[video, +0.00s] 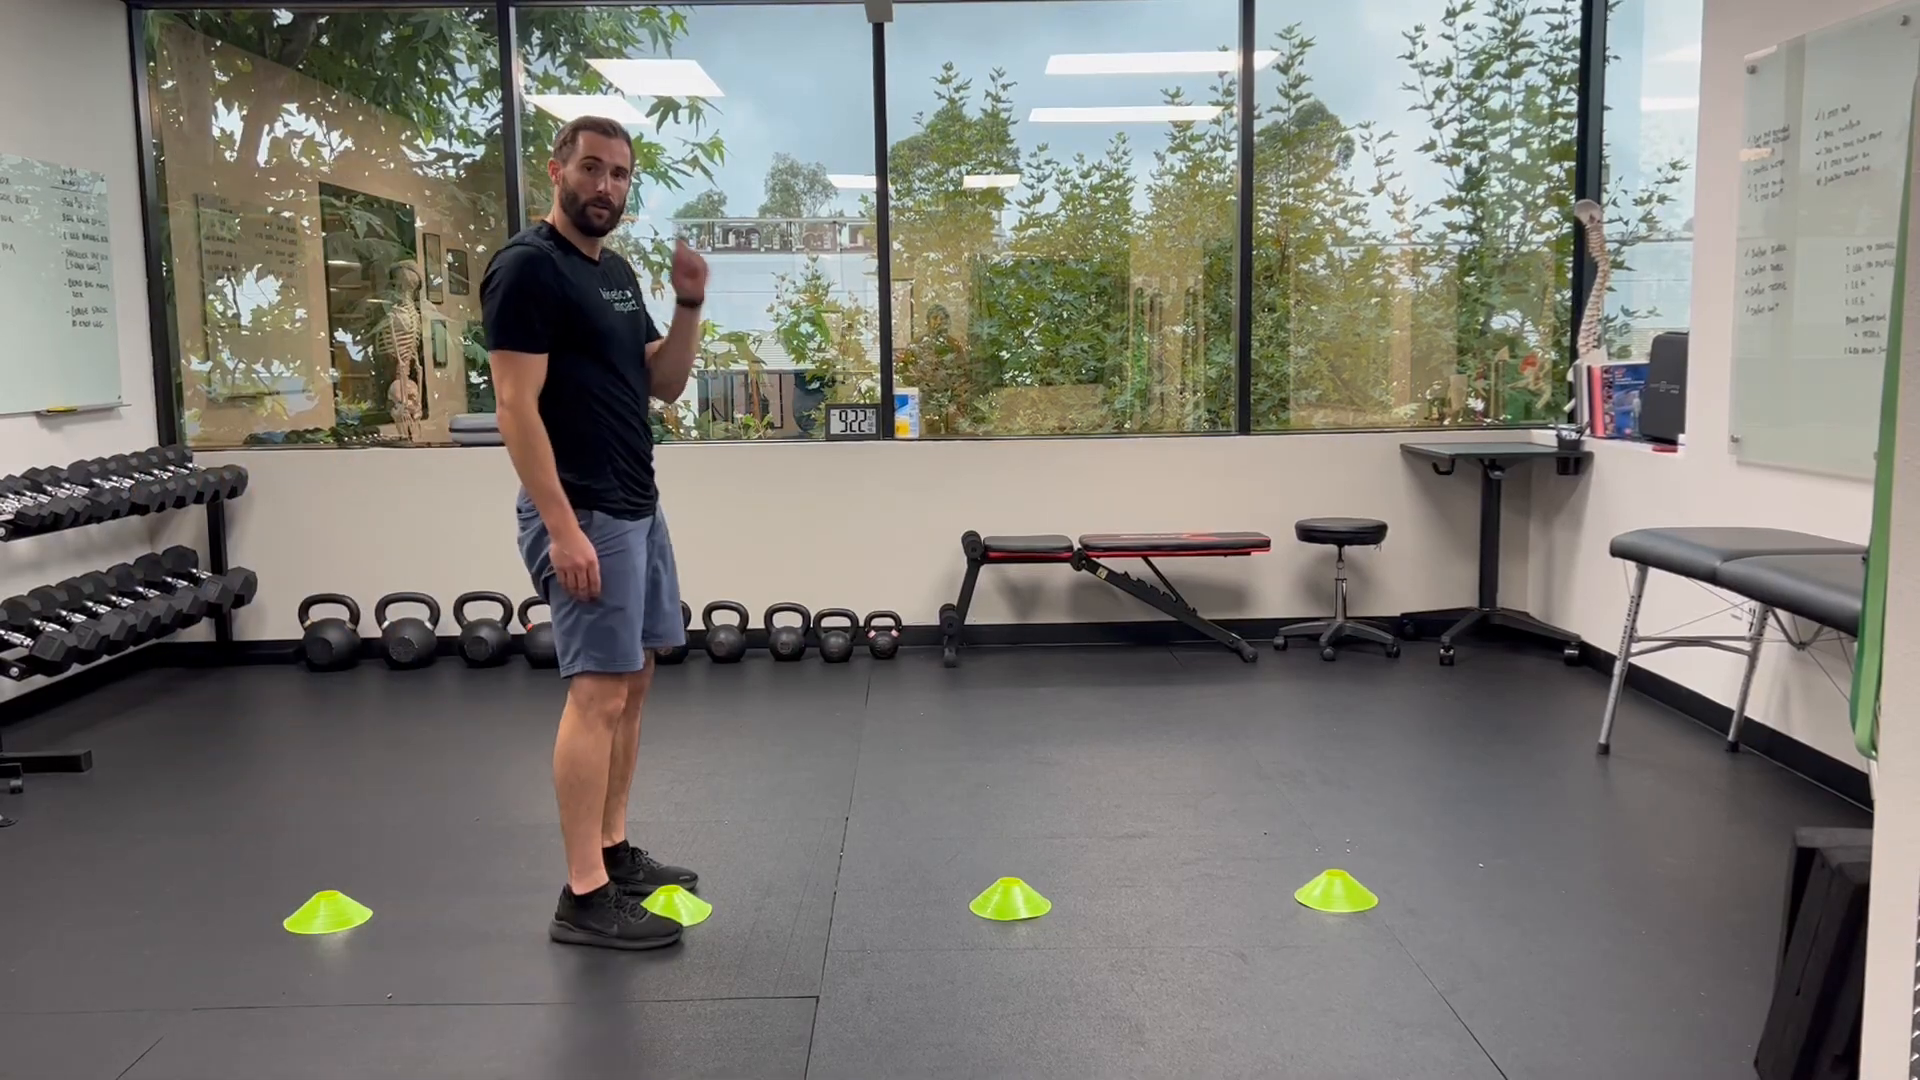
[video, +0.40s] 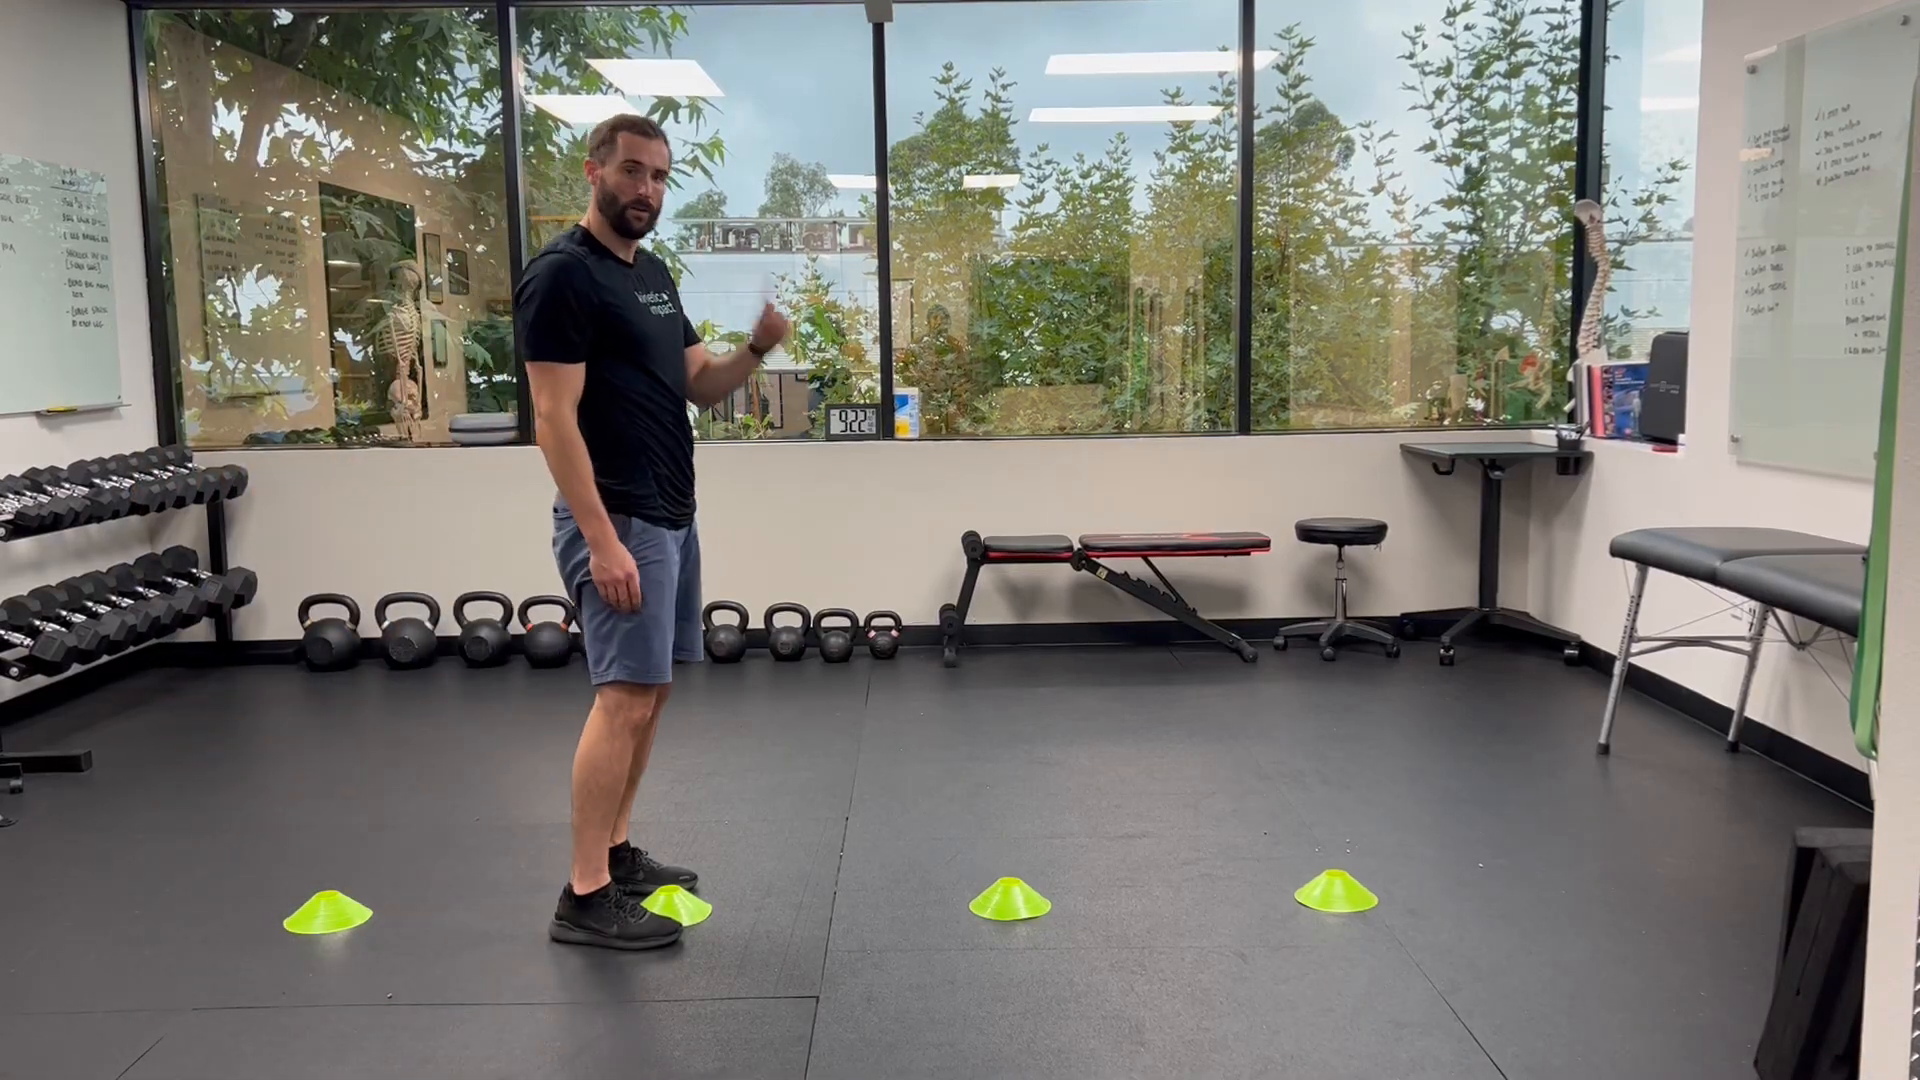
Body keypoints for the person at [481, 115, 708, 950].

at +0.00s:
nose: (607, 183)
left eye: (620, 173)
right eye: (593, 166)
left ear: (628, 187)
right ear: (556, 170)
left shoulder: (614, 273)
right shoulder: (527, 268)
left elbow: (661, 381)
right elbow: (515, 410)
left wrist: (689, 305)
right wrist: (562, 528)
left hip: (635, 514)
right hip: (584, 520)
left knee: (631, 683)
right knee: (596, 692)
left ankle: (611, 854)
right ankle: (583, 893)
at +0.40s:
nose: (646, 188)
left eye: (658, 176)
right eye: (631, 169)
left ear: (664, 186)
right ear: (592, 171)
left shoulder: (650, 273)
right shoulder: (562, 274)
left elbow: (699, 383)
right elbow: (552, 420)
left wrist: (753, 348)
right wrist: (600, 541)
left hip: (670, 520)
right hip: (619, 524)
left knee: (650, 693)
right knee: (624, 697)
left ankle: (613, 855)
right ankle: (585, 895)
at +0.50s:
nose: (675, 199)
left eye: (683, 186)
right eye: (663, 182)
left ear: (682, 188)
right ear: (615, 174)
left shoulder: (662, 276)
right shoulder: (573, 281)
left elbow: (697, 386)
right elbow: (564, 425)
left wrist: (778, 430)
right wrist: (605, 549)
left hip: (683, 522)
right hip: (623, 526)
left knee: (687, 680)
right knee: (629, 694)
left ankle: (616, 845)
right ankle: (585, 892)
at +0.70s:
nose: (738, 237)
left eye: (744, 224)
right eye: (733, 220)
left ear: (705, 202)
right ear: (686, 194)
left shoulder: (689, 273)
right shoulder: (610, 282)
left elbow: (685, 407)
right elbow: (591, 433)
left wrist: (715, 508)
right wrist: (627, 561)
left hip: (717, 519)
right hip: (656, 532)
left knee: (778, 657)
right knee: (644, 705)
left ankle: (714, 819)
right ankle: (587, 893)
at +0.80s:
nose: (772, 239)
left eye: (778, 226)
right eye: (769, 222)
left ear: (738, 204)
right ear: (724, 196)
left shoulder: (714, 272)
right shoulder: (650, 281)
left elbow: (703, 410)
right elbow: (619, 428)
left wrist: (737, 512)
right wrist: (646, 560)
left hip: (738, 520)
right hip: (675, 533)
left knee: (797, 661)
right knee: (653, 706)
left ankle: (817, 831)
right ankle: (587, 892)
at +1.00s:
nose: (861, 267)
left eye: (870, 253)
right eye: (860, 248)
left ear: (823, 225)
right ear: (819, 220)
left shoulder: (780, 294)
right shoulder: (744, 299)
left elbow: (743, 424)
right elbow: (704, 434)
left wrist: (690, 510)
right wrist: (722, 571)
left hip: (790, 535)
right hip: (738, 545)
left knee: (859, 665)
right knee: (681, 709)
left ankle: (926, 831)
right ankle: (590, 889)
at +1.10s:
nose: (910, 277)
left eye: (918, 265)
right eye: (910, 259)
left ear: (876, 235)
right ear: (872, 231)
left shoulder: (828, 302)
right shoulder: (798, 307)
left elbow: (797, 435)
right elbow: (751, 440)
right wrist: (772, 570)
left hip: (832, 543)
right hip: (779, 553)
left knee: (894, 671)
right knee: (720, 712)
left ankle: (936, 844)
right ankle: (600, 878)